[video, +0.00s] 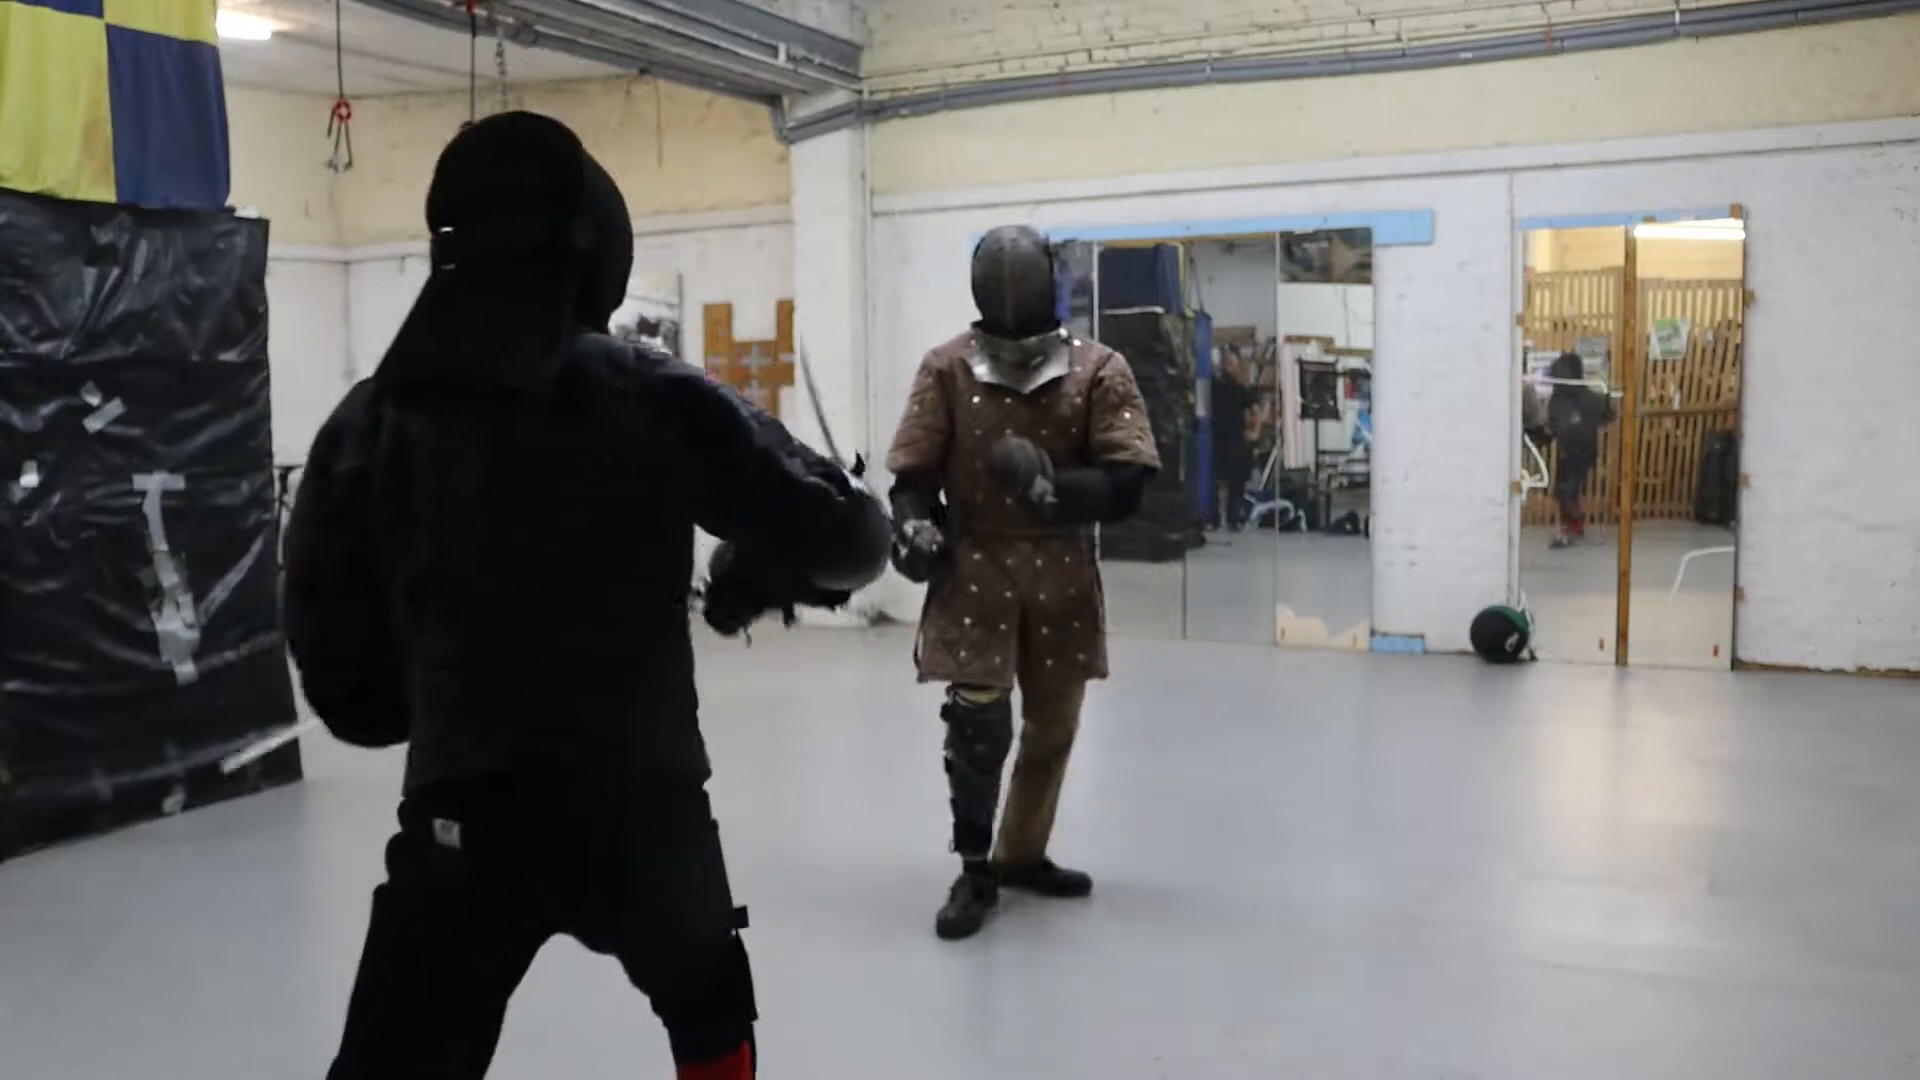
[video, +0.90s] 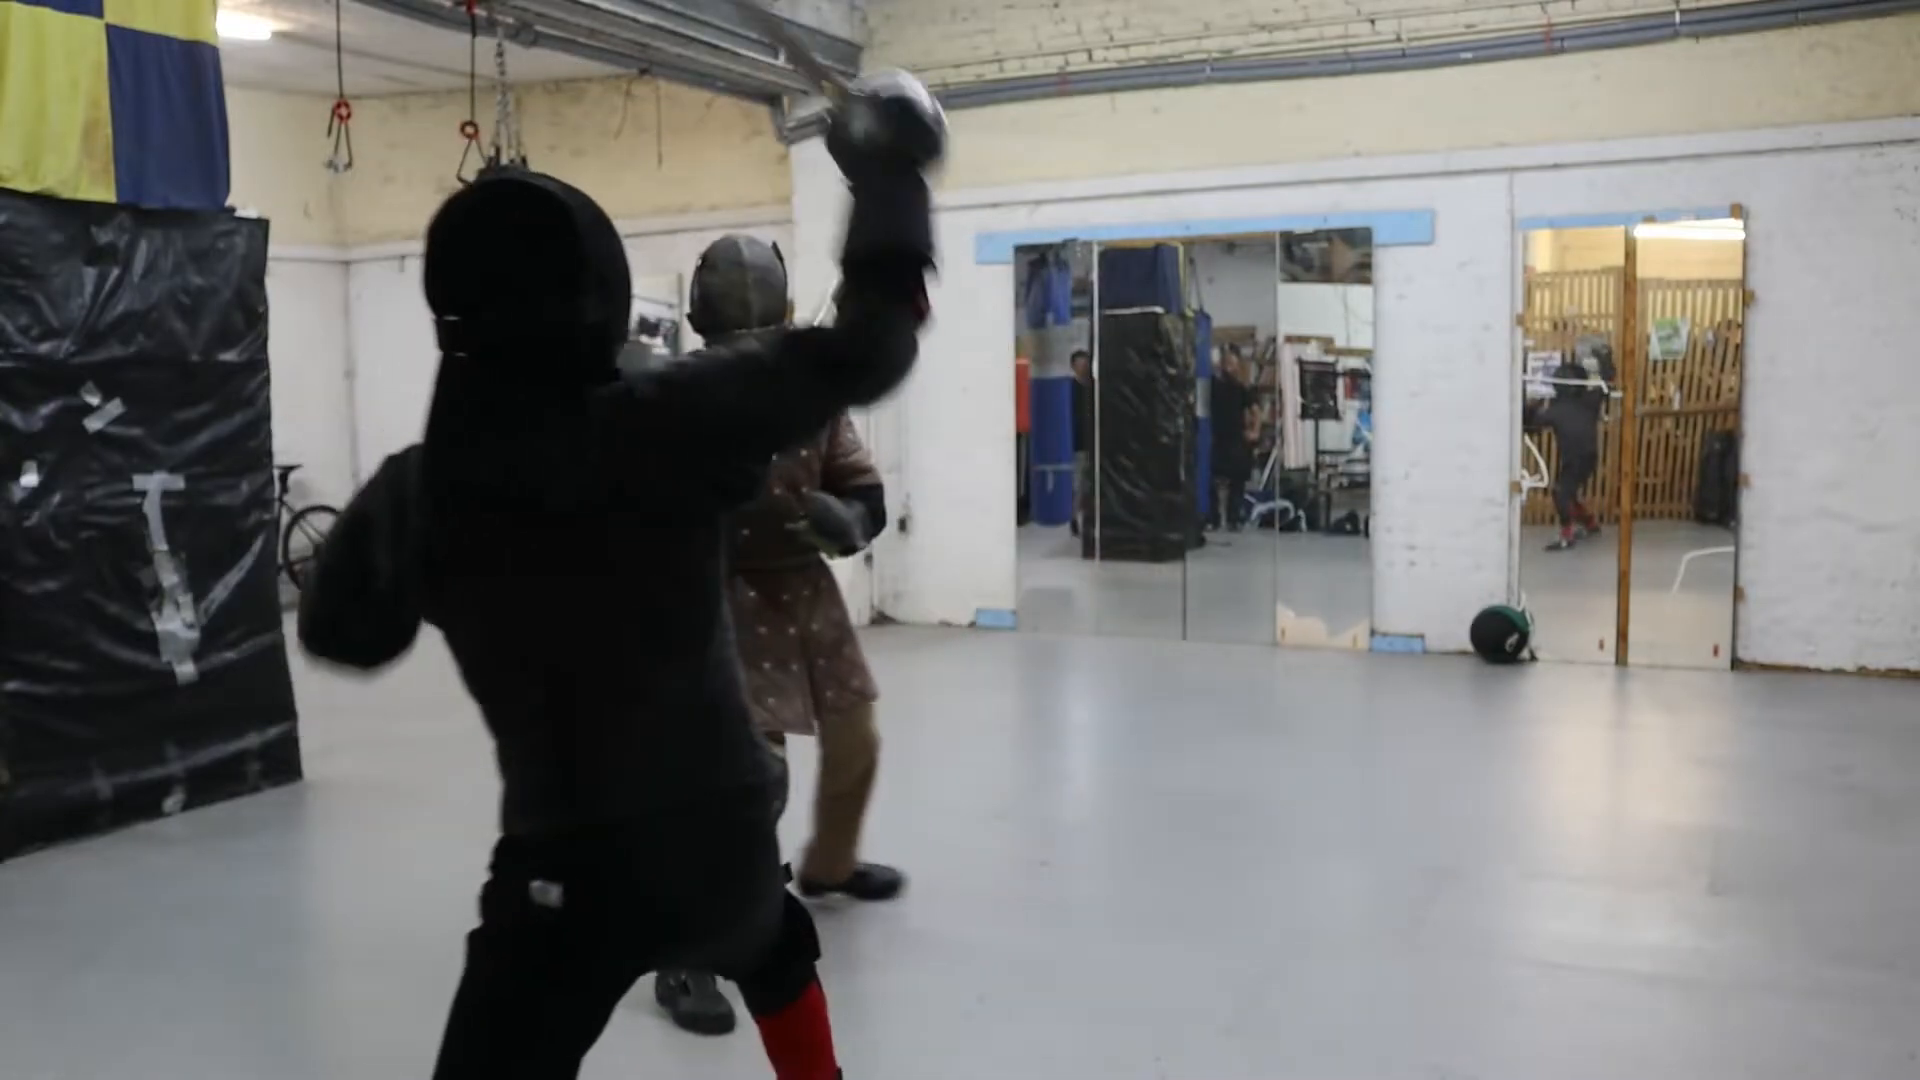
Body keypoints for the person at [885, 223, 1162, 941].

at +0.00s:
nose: (1016, 336)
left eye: (1030, 321)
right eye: (1001, 321)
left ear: (1053, 300)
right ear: (980, 304)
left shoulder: (1098, 370)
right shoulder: (948, 371)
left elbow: (1128, 482)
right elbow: (912, 477)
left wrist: (1052, 487)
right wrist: (915, 524)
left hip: (1061, 572)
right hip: (974, 570)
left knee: (1051, 731)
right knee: (978, 726)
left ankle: (1022, 856)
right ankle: (973, 869)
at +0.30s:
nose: (978, 359)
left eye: (992, 345)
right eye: (964, 344)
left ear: (1014, 323)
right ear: (942, 325)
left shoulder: (1062, 389)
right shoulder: (910, 388)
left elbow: (1110, 496)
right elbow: (872, 492)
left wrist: (1050, 513)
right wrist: (844, 506)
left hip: (1027, 581)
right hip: (942, 581)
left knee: (1054, 733)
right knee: (945, 734)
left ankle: (1021, 861)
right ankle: (901, 905)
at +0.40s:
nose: (954, 368)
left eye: (969, 354)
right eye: (939, 352)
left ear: (990, 332)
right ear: (917, 332)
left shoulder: (1033, 397)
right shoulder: (884, 394)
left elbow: (1083, 505)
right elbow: (834, 496)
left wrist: (1034, 520)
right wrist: (798, 478)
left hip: (1004, 587)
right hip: (919, 588)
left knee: (1048, 730)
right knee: (913, 748)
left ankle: (1022, 859)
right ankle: (840, 917)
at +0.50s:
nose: (911, 327)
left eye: (923, 311)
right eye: (896, 312)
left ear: (940, 312)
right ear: (872, 312)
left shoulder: (983, 396)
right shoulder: (838, 394)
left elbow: (1033, 493)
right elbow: (789, 468)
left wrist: (1007, 517)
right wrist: (817, 475)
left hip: (965, 589)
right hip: (879, 594)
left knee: (1017, 730)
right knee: (858, 768)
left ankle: (1031, 855)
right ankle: (770, 925)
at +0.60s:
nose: (857, 335)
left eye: (867, 319)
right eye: (843, 320)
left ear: (878, 316)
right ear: (813, 320)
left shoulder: (909, 386)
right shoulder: (792, 397)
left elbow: (954, 475)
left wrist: (952, 507)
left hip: (916, 581)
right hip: (834, 589)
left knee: (986, 720)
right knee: (814, 782)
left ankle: (1030, 844)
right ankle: (720, 933)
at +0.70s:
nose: (799, 337)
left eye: (807, 324)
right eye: (783, 324)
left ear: (825, 329)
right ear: (764, 331)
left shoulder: (854, 399)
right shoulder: (744, 401)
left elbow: (899, 475)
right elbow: (773, 440)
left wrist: (909, 512)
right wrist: (784, 354)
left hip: (870, 588)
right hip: (795, 594)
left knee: (950, 727)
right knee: (801, 777)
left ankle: (978, 860)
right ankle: (714, 918)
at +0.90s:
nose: (755, 342)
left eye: (768, 324)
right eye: (736, 327)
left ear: (791, 319)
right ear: (706, 326)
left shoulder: (815, 393)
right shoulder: (689, 406)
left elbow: (865, 489)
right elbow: (677, 513)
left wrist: (853, 518)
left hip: (810, 598)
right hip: (732, 607)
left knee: (855, 741)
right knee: (751, 772)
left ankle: (829, 864)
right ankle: (692, 947)